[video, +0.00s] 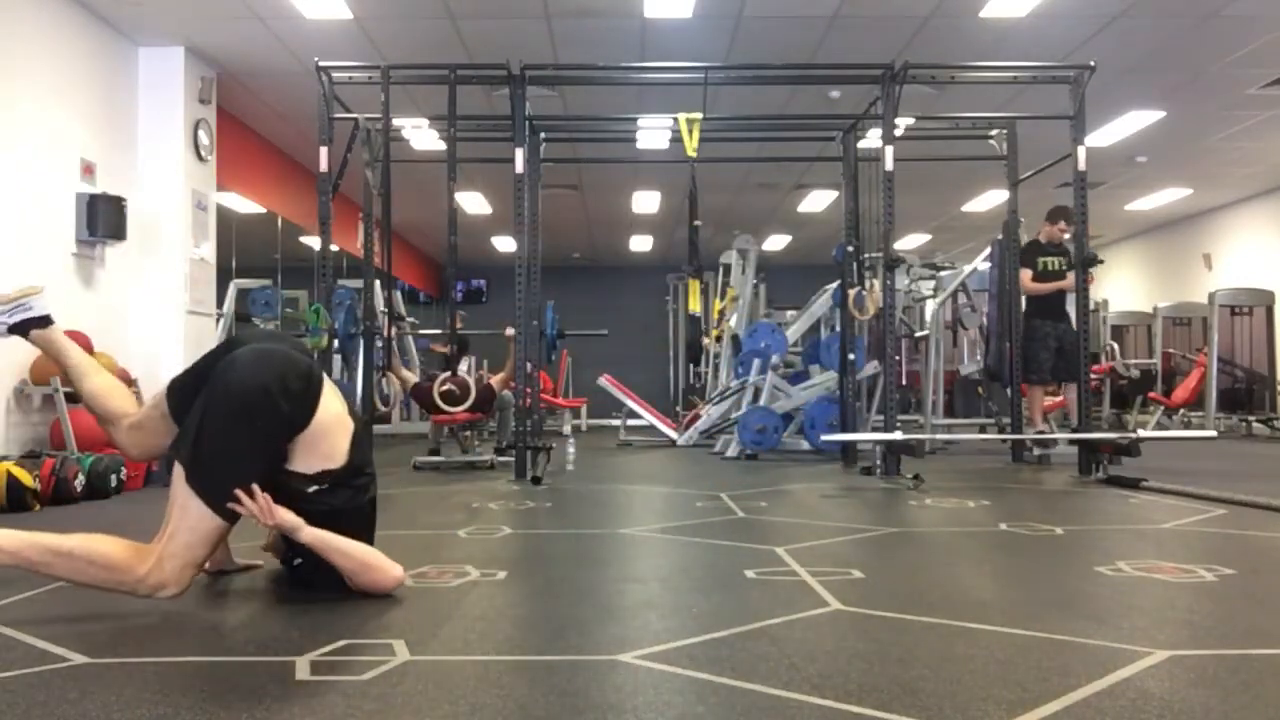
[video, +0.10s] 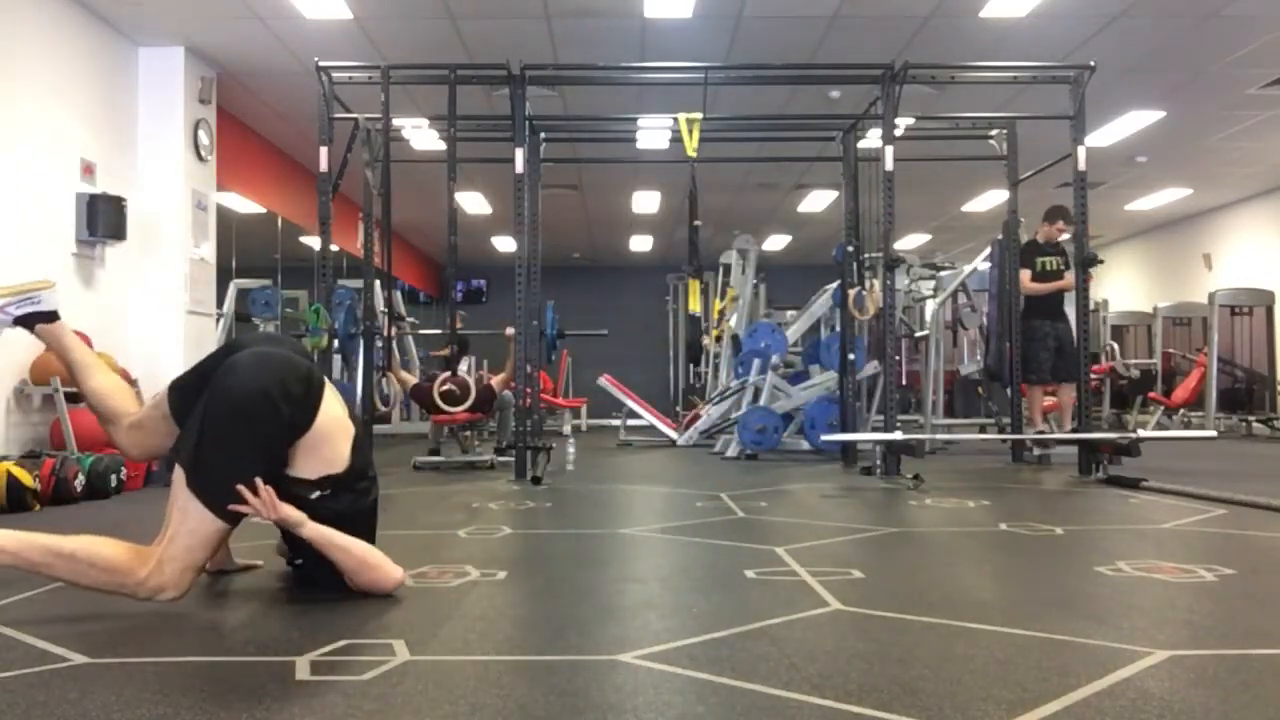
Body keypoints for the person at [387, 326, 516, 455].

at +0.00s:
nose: (451, 379)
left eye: (444, 385)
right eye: (458, 381)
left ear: (436, 392)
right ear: (471, 391)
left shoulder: (428, 397)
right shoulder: (480, 399)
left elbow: (397, 370)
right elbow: (507, 375)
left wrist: (389, 339)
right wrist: (512, 342)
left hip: (439, 409)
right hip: (474, 408)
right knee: (507, 397)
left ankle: (434, 446)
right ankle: (503, 443)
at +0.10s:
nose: (450, 379)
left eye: (444, 385)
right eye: (457, 381)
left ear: (436, 392)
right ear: (470, 391)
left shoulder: (428, 397)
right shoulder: (481, 399)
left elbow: (396, 371)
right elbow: (508, 375)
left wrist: (390, 340)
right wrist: (511, 342)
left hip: (439, 409)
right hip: (475, 409)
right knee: (507, 397)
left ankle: (434, 446)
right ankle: (503, 443)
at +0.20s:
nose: (450, 379)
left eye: (444, 386)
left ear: (436, 392)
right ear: (470, 392)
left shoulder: (428, 398)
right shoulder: (480, 399)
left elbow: (396, 371)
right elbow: (507, 375)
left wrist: (389, 340)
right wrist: (512, 341)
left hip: (439, 409)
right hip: (475, 409)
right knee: (507, 397)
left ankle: (434, 446)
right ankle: (503, 443)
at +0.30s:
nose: (450, 379)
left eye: (444, 385)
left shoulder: (428, 397)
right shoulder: (480, 400)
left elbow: (396, 371)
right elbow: (508, 375)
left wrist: (389, 340)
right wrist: (512, 341)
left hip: (439, 409)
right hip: (474, 408)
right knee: (507, 397)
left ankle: (434, 445)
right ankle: (502, 443)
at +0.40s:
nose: (451, 378)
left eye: (444, 384)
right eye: (456, 380)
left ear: (437, 392)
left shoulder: (428, 397)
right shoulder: (480, 400)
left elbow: (396, 370)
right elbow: (508, 375)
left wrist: (390, 340)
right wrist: (511, 341)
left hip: (439, 409)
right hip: (475, 408)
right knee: (507, 397)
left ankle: (434, 446)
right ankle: (503, 443)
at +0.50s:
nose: (449, 378)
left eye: (444, 383)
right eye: (453, 381)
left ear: (436, 392)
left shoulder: (429, 399)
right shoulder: (480, 398)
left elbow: (397, 371)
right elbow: (507, 376)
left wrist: (390, 341)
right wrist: (512, 341)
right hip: (475, 406)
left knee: (437, 411)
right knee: (507, 397)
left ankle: (434, 447)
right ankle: (503, 444)